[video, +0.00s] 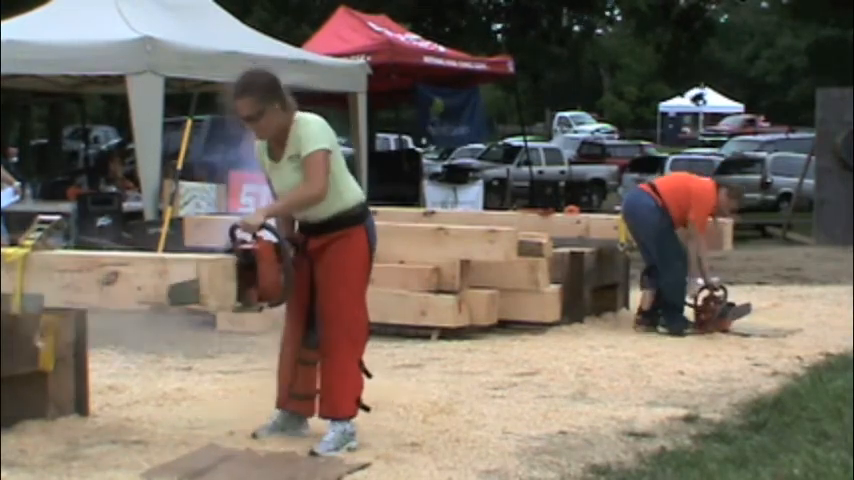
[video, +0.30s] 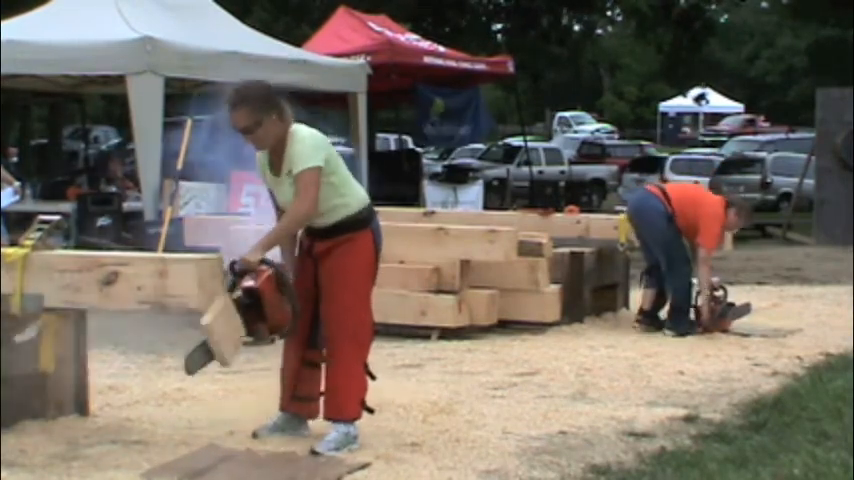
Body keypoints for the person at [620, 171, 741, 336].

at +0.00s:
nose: (729, 212)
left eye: (733, 208)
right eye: (731, 206)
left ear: (722, 191)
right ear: (724, 193)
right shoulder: (706, 193)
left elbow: (691, 240)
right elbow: (698, 241)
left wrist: (693, 278)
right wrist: (707, 278)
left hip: (635, 201)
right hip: (649, 207)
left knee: (658, 264)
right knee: (676, 262)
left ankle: (648, 314)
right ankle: (673, 320)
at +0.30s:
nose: (735, 230)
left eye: (739, 227)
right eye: (738, 224)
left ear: (731, 211)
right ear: (732, 213)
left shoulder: (708, 203)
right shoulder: (714, 212)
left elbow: (698, 252)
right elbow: (703, 261)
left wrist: (705, 283)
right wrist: (705, 305)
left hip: (640, 200)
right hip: (654, 206)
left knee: (657, 265)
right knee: (680, 267)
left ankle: (647, 314)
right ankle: (678, 322)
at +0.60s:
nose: (737, 235)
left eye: (742, 234)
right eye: (741, 231)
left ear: (737, 216)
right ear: (739, 218)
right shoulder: (721, 213)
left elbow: (698, 252)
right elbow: (705, 261)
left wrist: (708, 281)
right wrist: (707, 307)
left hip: (645, 200)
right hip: (659, 206)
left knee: (656, 264)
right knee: (681, 268)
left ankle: (647, 313)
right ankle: (679, 321)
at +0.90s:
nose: (738, 231)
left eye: (742, 229)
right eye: (742, 227)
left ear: (737, 214)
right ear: (739, 216)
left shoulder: (716, 206)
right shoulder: (721, 212)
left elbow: (701, 253)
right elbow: (706, 261)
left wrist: (707, 288)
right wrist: (706, 309)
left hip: (645, 200)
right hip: (657, 207)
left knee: (657, 265)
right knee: (680, 266)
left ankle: (647, 313)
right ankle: (679, 321)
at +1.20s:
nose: (738, 220)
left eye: (743, 218)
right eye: (741, 216)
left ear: (734, 205)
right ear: (736, 206)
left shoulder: (714, 199)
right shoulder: (717, 203)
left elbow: (699, 245)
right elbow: (698, 244)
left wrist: (707, 279)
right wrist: (696, 278)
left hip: (642, 199)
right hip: (655, 205)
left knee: (654, 264)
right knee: (674, 268)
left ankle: (644, 312)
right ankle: (678, 321)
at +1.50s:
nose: (733, 219)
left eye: (737, 215)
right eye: (735, 214)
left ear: (726, 203)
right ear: (730, 207)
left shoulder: (707, 197)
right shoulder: (714, 214)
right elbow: (697, 250)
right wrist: (708, 280)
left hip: (636, 200)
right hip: (654, 210)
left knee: (649, 266)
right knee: (678, 267)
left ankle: (636, 313)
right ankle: (678, 321)